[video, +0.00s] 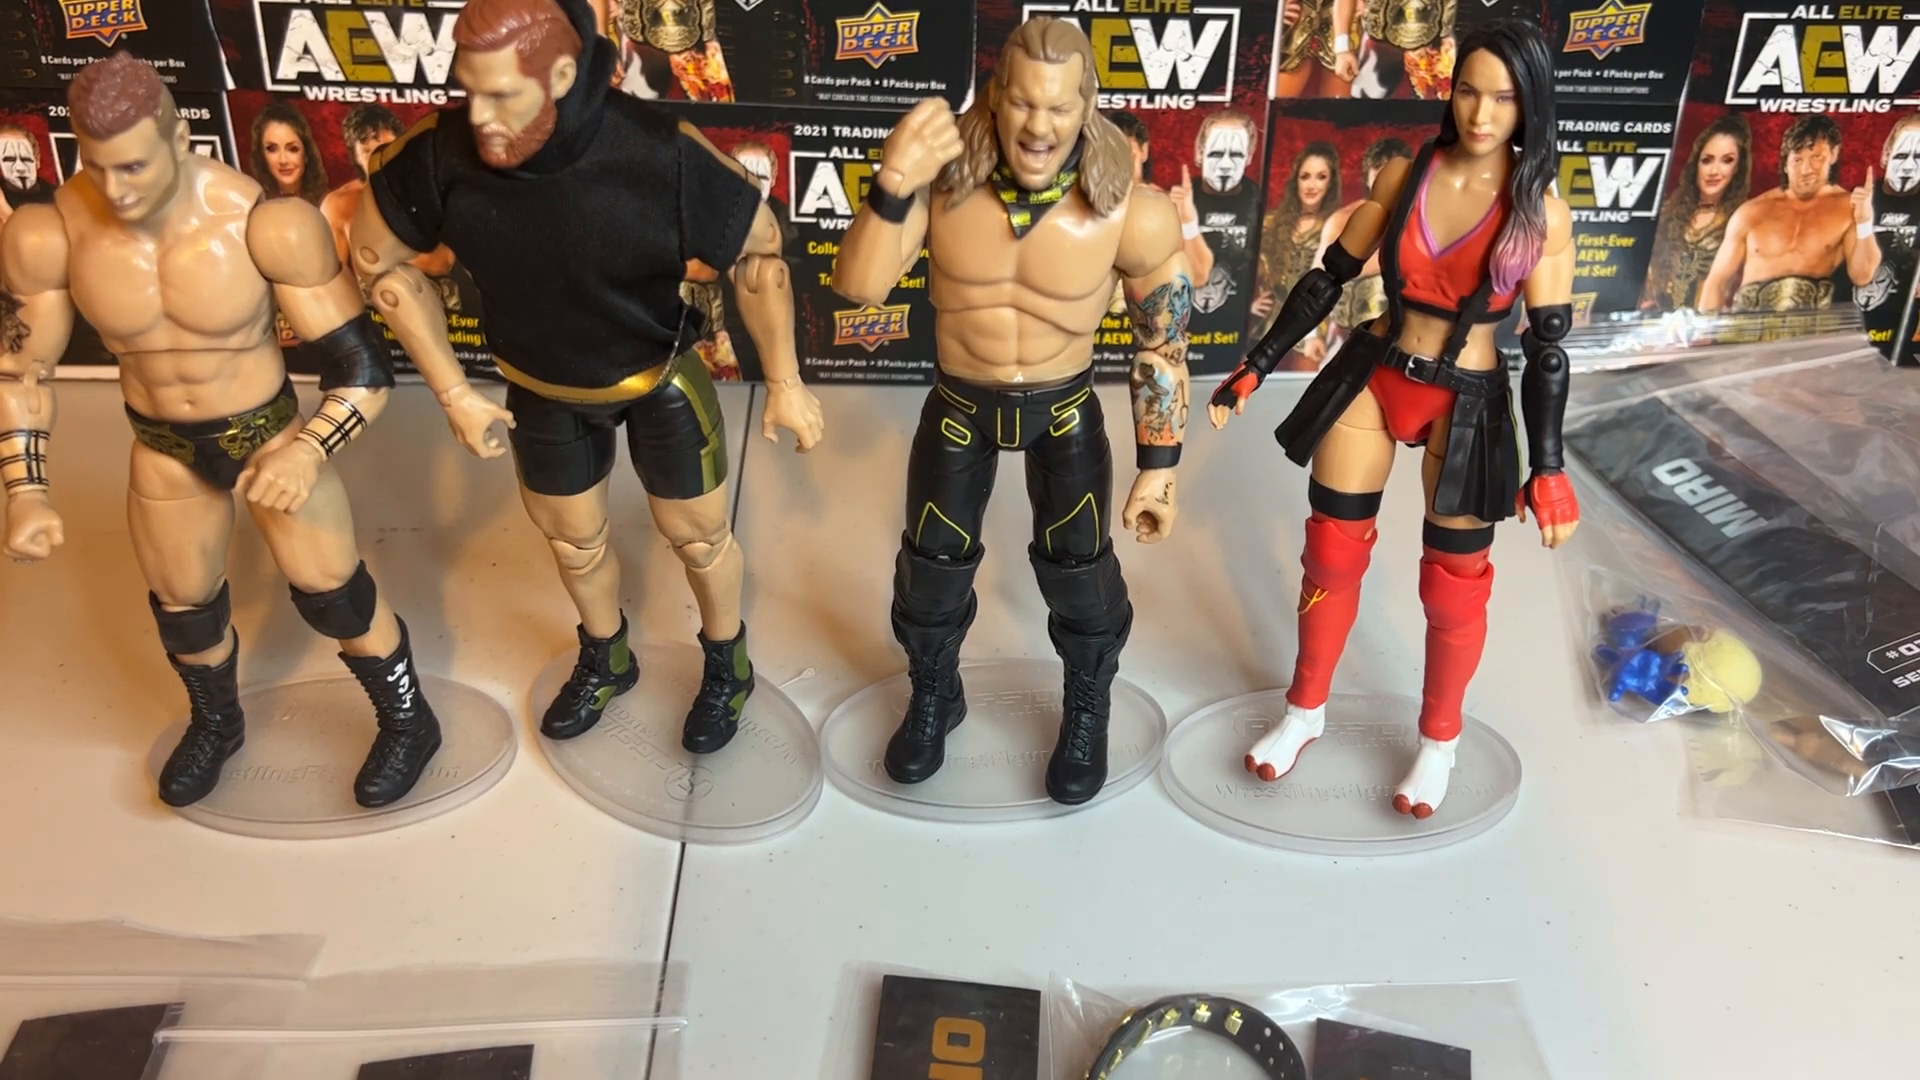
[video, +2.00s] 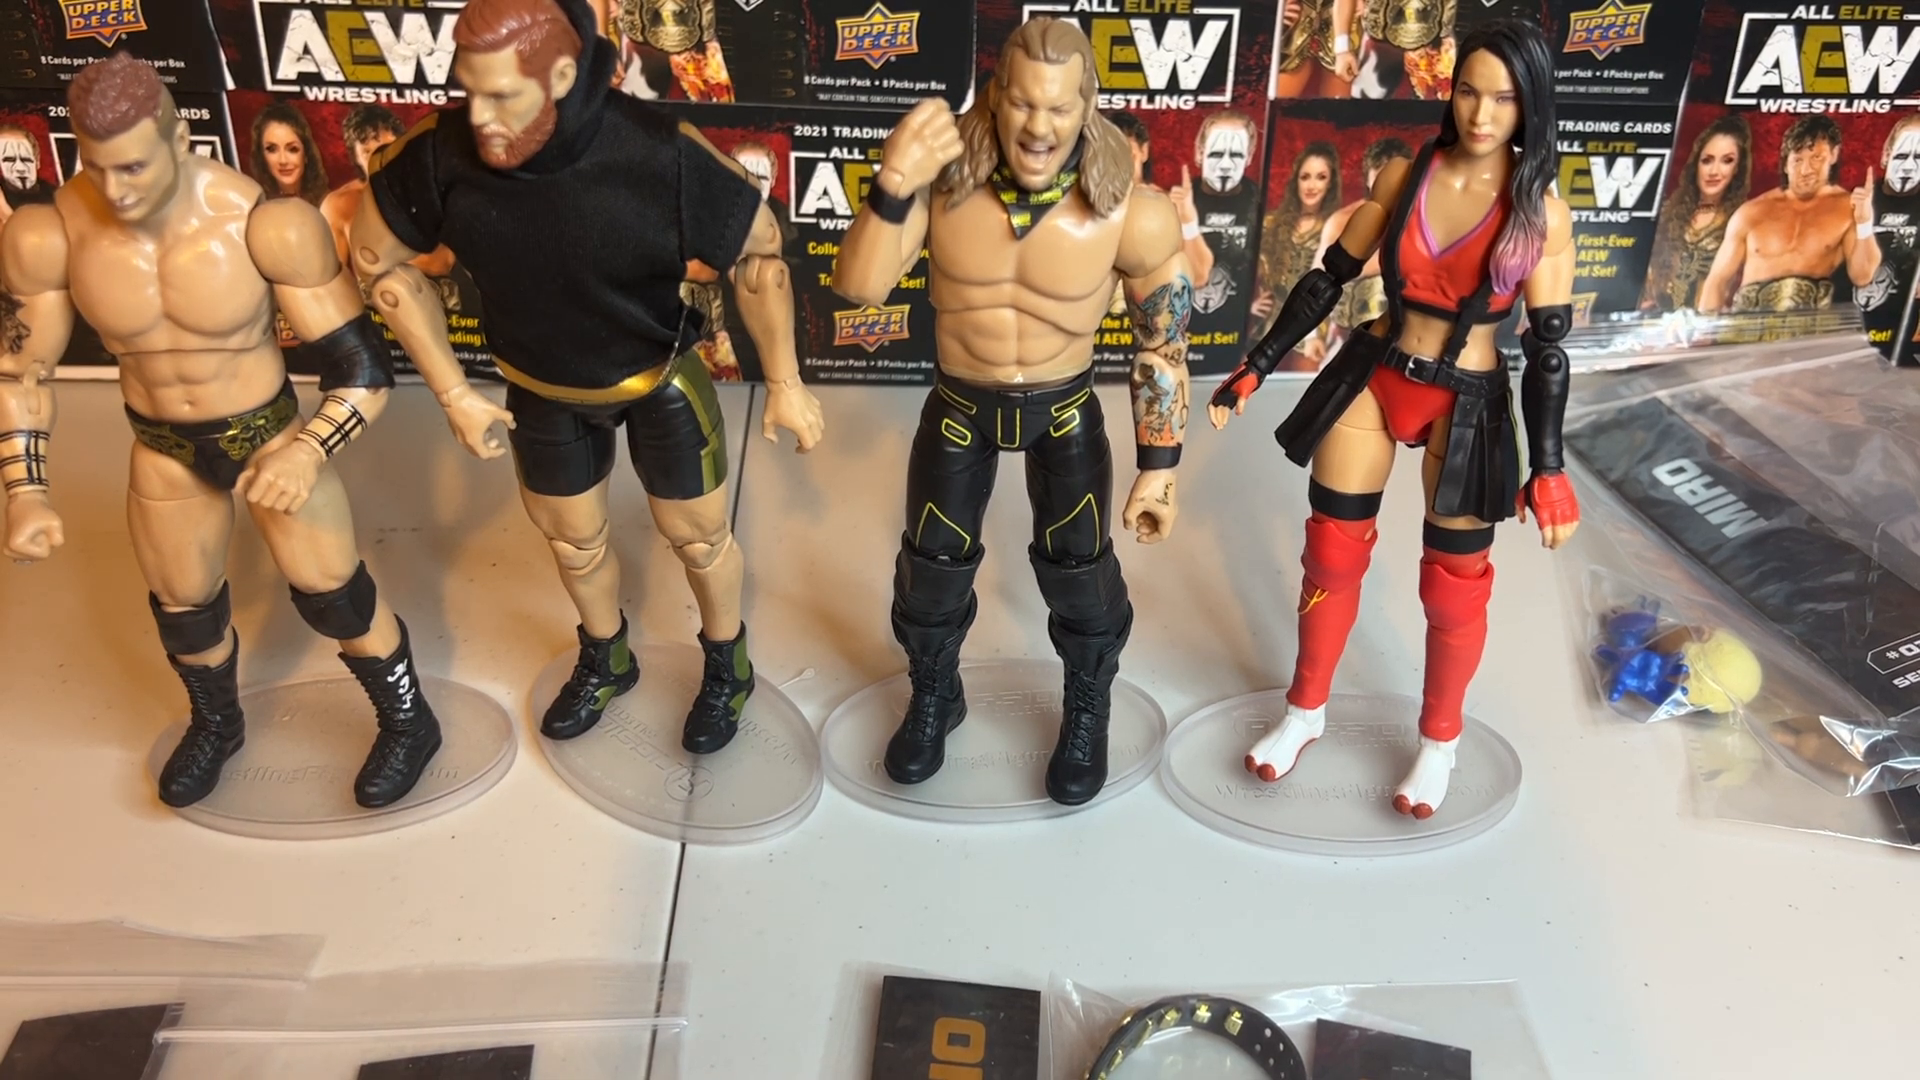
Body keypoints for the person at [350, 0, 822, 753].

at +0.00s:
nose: (480, 118)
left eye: (502, 96)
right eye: (468, 95)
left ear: (564, 75)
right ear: (456, 80)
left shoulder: (653, 154)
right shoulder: (443, 158)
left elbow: (757, 245)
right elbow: (372, 251)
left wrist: (784, 381)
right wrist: (453, 392)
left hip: (661, 380)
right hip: (542, 393)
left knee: (700, 541)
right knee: (575, 546)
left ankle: (726, 666)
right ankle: (607, 660)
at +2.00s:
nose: (481, 119)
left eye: (503, 96)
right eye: (468, 95)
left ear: (564, 76)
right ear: (456, 81)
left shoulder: (653, 155)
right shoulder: (443, 159)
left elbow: (757, 246)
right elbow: (372, 250)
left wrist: (784, 381)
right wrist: (453, 392)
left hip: (661, 382)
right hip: (543, 395)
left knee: (700, 540)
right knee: (575, 546)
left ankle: (726, 665)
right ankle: (607, 660)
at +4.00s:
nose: (481, 119)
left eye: (503, 96)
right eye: (468, 95)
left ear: (563, 76)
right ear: (457, 81)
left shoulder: (653, 155)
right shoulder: (442, 160)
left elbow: (757, 245)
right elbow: (372, 251)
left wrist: (784, 381)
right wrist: (452, 392)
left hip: (661, 382)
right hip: (542, 394)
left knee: (700, 540)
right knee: (575, 546)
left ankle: (726, 665)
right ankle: (607, 660)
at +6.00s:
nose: (481, 119)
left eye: (503, 96)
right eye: (468, 95)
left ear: (564, 76)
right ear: (457, 81)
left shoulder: (653, 155)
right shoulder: (442, 159)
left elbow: (757, 246)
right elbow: (373, 252)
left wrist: (784, 382)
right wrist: (453, 392)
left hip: (661, 381)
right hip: (542, 394)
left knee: (700, 540)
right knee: (575, 545)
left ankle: (726, 667)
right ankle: (607, 661)